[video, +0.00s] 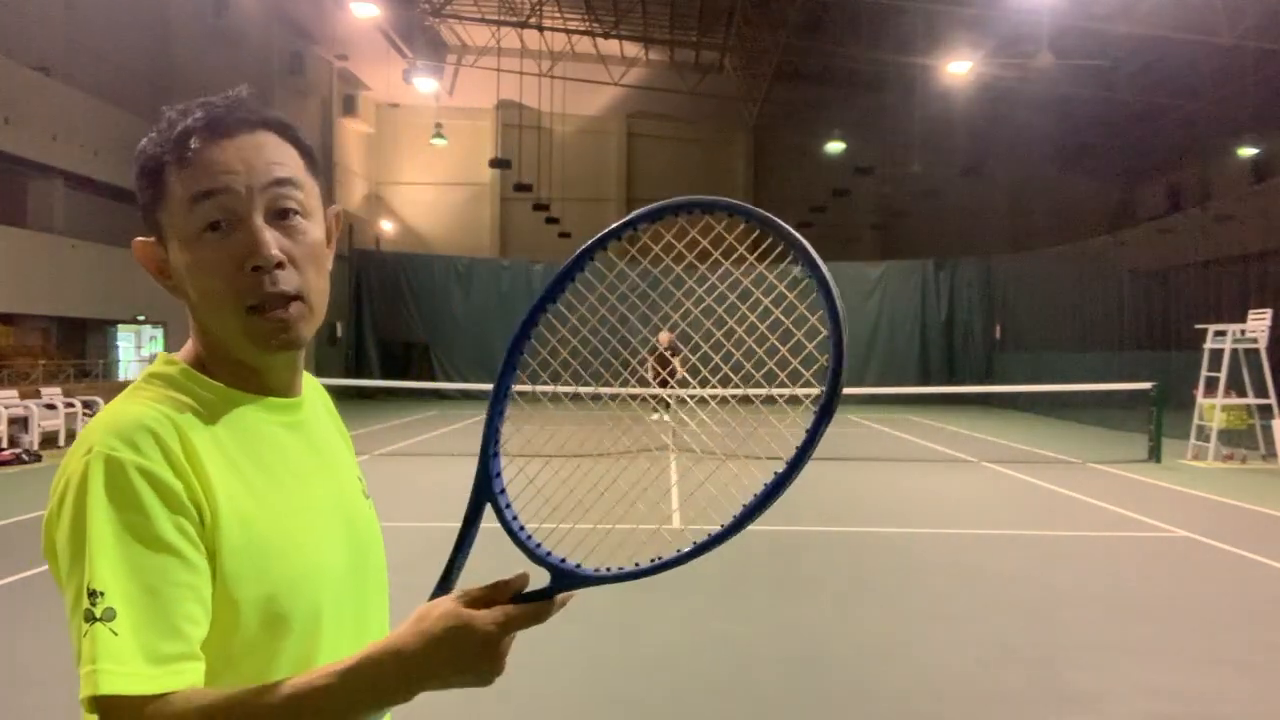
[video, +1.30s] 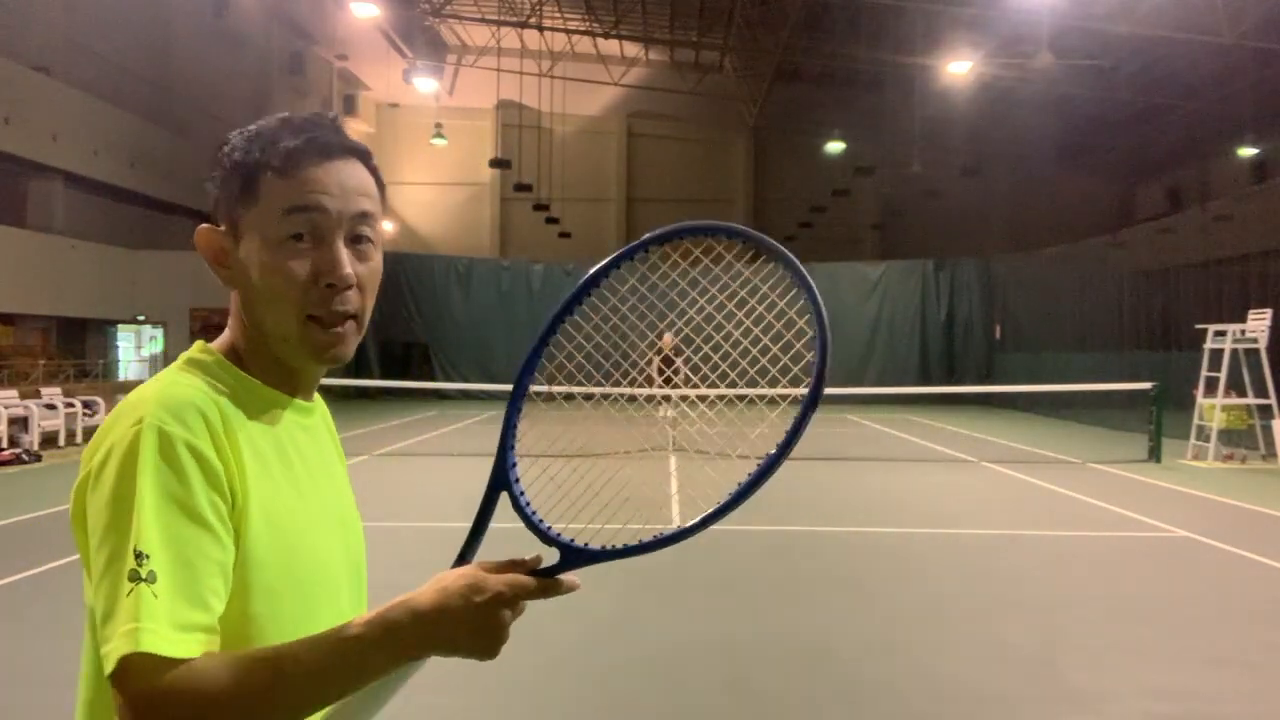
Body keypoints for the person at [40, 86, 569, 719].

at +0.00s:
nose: (266, 251)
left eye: (285, 213)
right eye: (217, 223)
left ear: (329, 235)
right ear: (161, 265)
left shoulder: (309, 405)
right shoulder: (131, 453)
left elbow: (311, 643)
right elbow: (139, 705)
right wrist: (402, 668)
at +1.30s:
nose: (341, 272)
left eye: (360, 238)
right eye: (299, 237)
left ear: (382, 250)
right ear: (222, 255)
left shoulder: (306, 414)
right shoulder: (166, 428)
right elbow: (151, 693)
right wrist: (412, 627)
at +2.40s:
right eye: (596, 304)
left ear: (495, 312)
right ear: (591, 303)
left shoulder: (422, 394)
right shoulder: (621, 419)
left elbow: (361, 568)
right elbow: (647, 597)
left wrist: (413, 652)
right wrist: (678, 702)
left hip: (418, 704)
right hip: (551, 707)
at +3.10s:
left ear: (512, 306)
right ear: (594, 308)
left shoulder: (472, 392)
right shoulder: (631, 394)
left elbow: (425, 523)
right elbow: (660, 529)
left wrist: (457, 605)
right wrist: (662, 609)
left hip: (502, 654)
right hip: (605, 656)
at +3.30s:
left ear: (549, 317)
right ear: (626, 320)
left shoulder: (509, 396)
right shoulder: (661, 406)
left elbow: (465, 519)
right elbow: (687, 531)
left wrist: (480, 596)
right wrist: (668, 583)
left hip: (524, 651)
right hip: (623, 654)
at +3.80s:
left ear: (604, 313)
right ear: (672, 316)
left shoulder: (581, 378)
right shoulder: (703, 394)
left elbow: (541, 478)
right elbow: (732, 506)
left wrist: (516, 540)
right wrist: (692, 550)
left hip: (580, 602)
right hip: (664, 607)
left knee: (563, 714)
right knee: (658, 715)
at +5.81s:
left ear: (629, 336)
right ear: (688, 337)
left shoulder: (607, 385)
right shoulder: (720, 391)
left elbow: (583, 479)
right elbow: (742, 487)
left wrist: (636, 488)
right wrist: (695, 514)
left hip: (621, 574)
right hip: (699, 575)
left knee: (595, 705)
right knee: (719, 704)